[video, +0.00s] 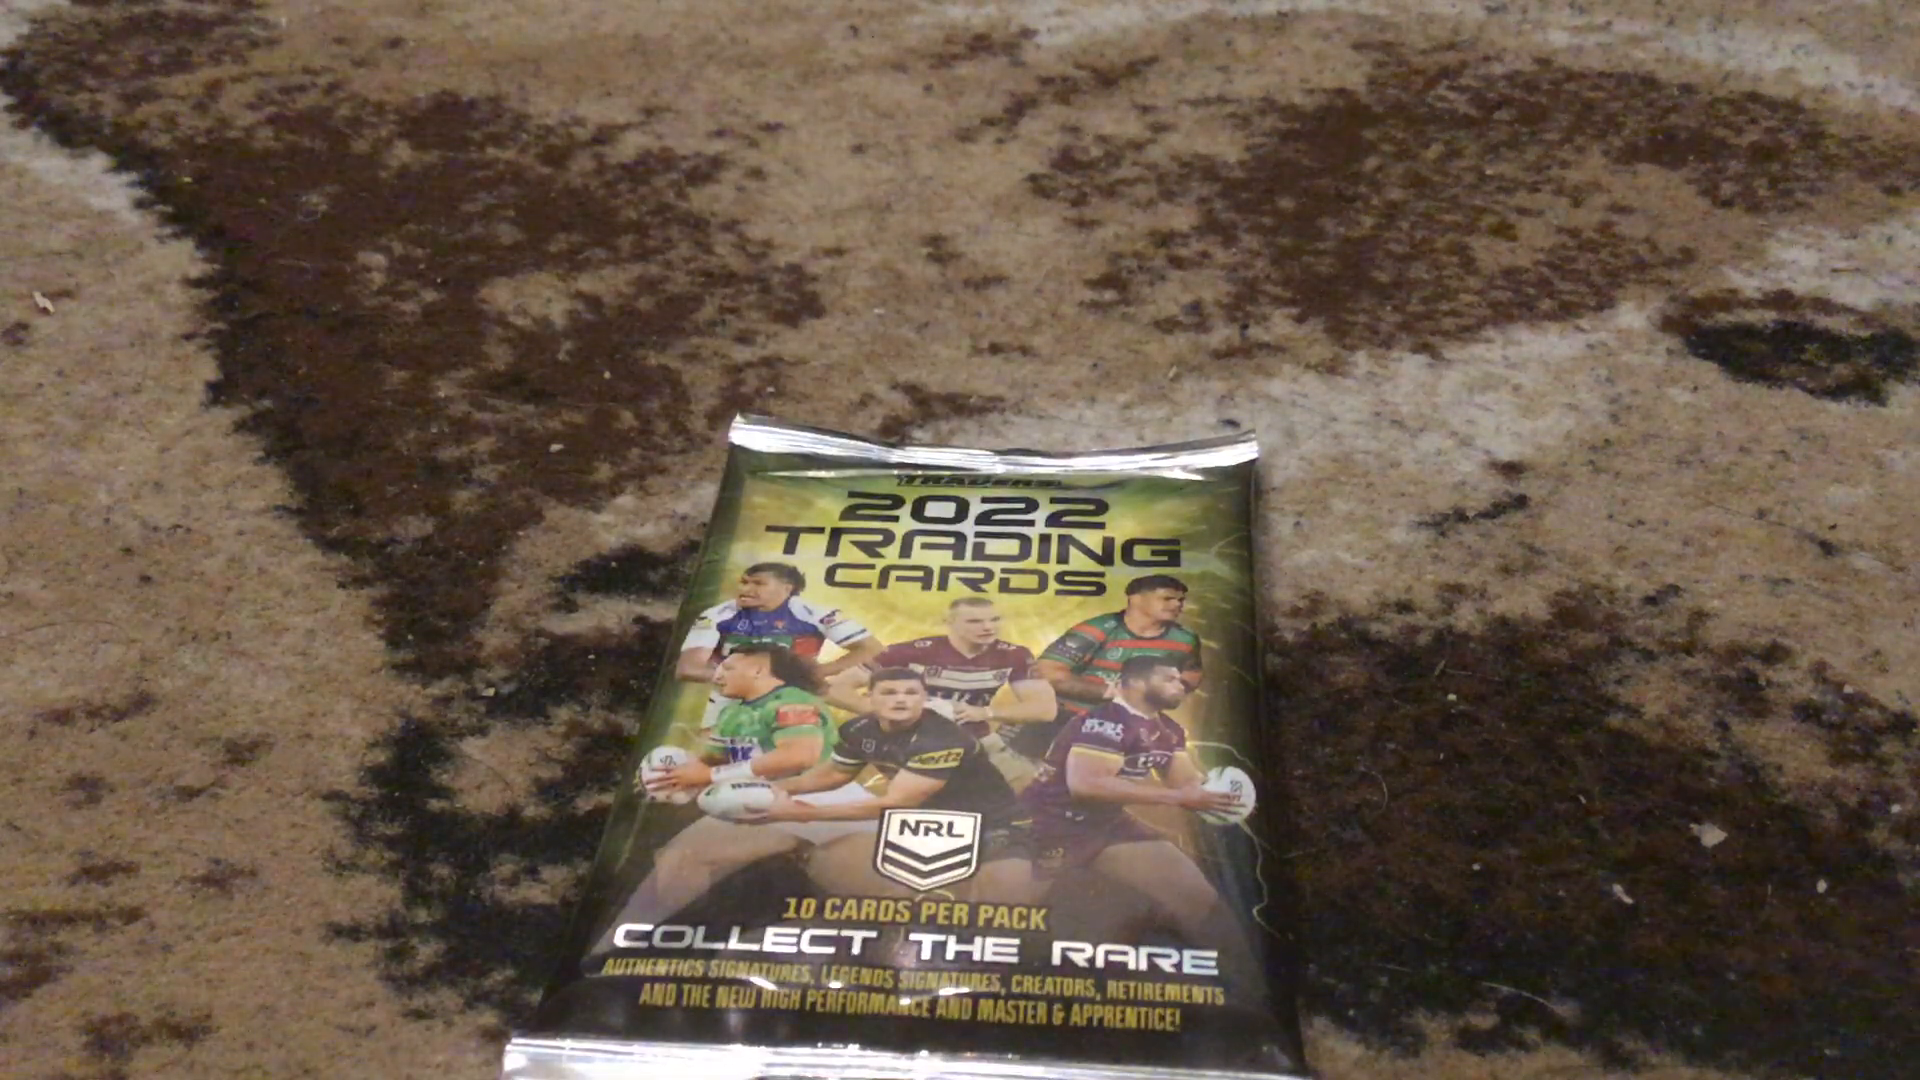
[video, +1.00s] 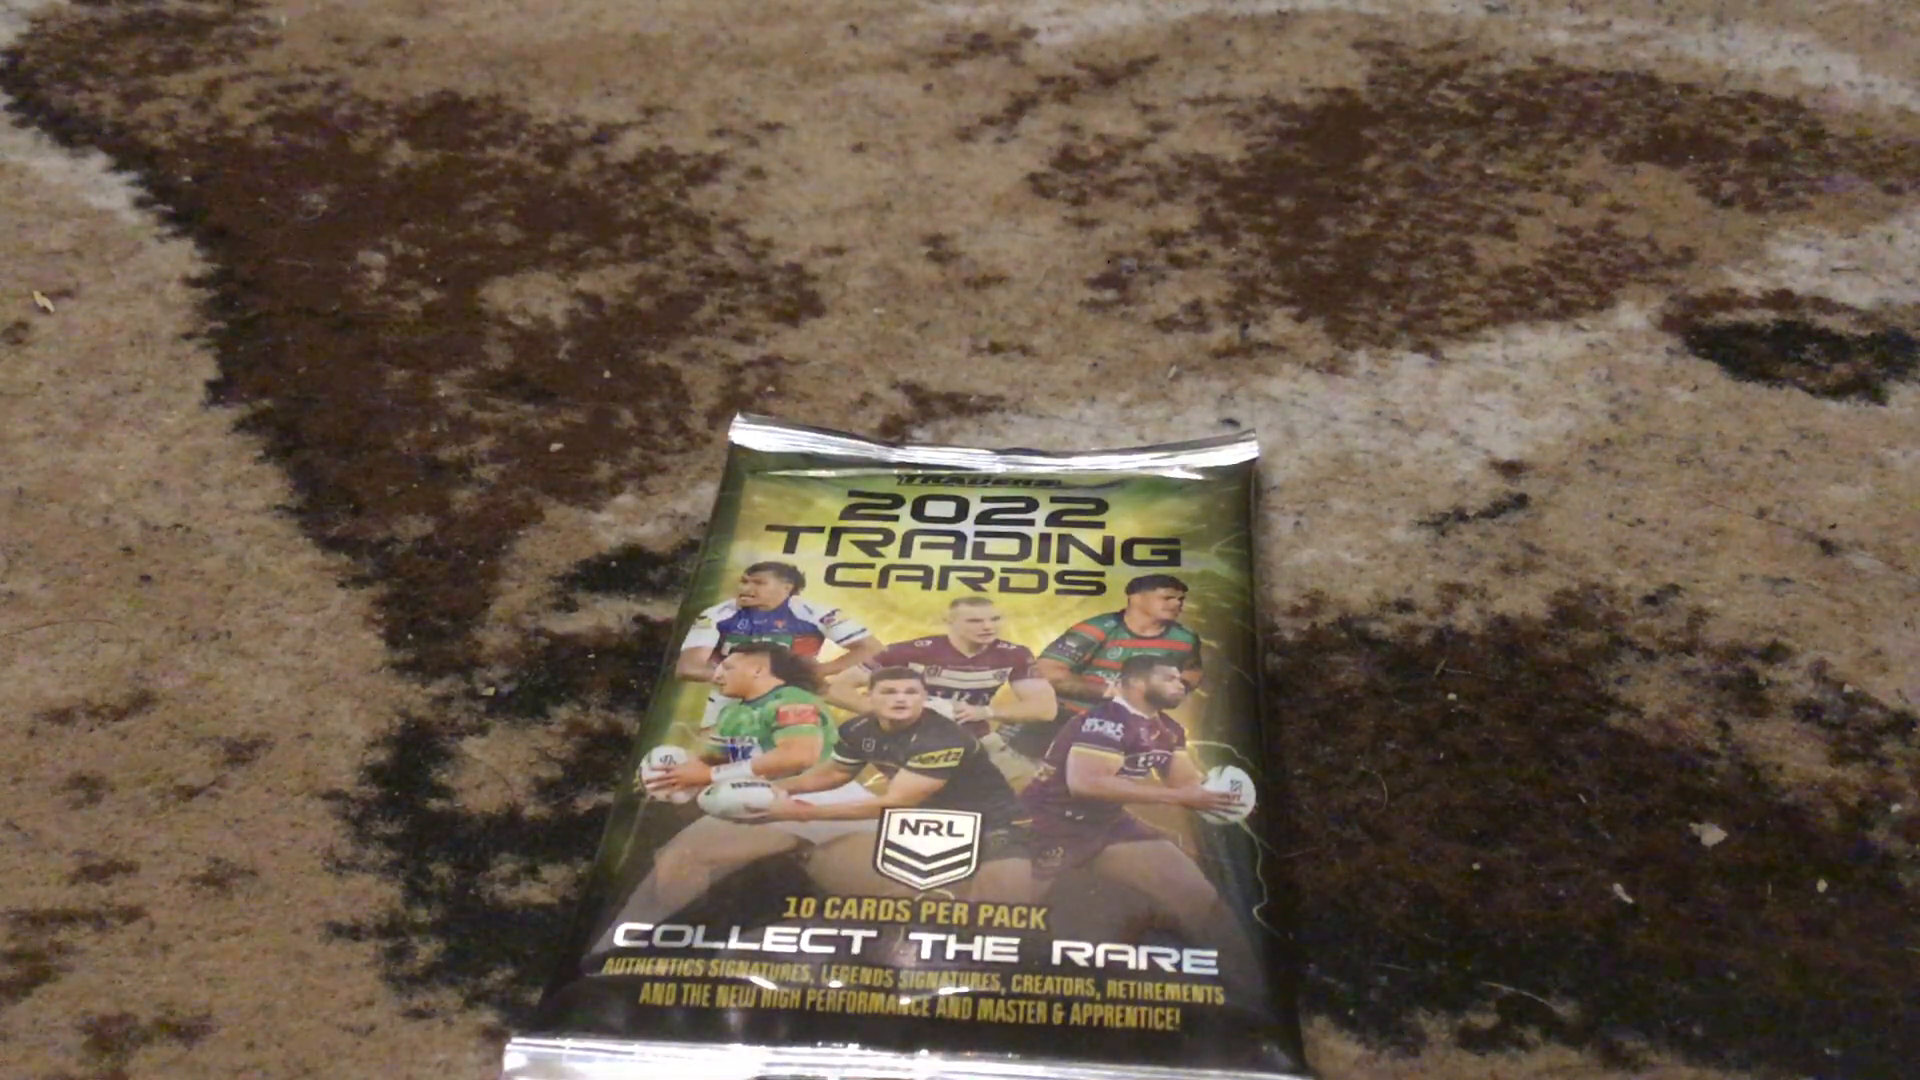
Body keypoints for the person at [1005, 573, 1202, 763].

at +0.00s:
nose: (1177, 606)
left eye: (1179, 601)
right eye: (1168, 599)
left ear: (1183, 604)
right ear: (1135, 599)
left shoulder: (1186, 641)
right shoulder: (1099, 629)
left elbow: (1193, 675)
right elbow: (1044, 671)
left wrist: (1154, 697)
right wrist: (1106, 692)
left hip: (1141, 728)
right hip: (1082, 724)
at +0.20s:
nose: (1177, 605)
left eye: (1179, 600)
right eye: (1167, 598)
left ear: (1182, 604)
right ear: (1135, 599)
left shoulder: (1186, 641)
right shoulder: (1099, 629)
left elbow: (1193, 674)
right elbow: (1045, 671)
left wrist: (1155, 695)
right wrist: (1105, 691)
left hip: (1141, 728)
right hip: (1082, 725)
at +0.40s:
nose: (1177, 605)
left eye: (1179, 600)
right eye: (1167, 598)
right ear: (1135, 599)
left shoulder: (1186, 641)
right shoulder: (1098, 629)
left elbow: (1194, 674)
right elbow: (1045, 670)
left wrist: (1157, 694)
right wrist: (1105, 690)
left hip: (1144, 730)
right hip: (1083, 726)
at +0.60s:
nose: (1176, 605)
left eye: (1179, 600)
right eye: (1167, 598)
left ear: (1182, 604)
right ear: (1136, 598)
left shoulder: (1186, 640)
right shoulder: (1098, 629)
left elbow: (1194, 674)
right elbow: (1045, 670)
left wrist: (1155, 694)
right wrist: (1107, 690)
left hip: (1144, 729)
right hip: (1083, 726)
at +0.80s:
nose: (1177, 605)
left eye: (1179, 600)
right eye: (1167, 598)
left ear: (1183, 603)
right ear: (1135, 598)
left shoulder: (1186, 641)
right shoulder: (1098, 629)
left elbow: (1193, 675)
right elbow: (1044, 671)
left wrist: (1156, 696)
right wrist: (1107, 691)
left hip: (1142, 729)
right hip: (1082, 725)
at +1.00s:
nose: (1177, 605)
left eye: (1179, 600)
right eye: (1167, 598)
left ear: (1182, 603)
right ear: (1135, 598)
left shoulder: (1186, 640)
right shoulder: (1097, 629)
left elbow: (1194, 672)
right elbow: (1044, 670)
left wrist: (1162, 695)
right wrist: (1106, 691)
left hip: (1141, 726)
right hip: (1081, 723)